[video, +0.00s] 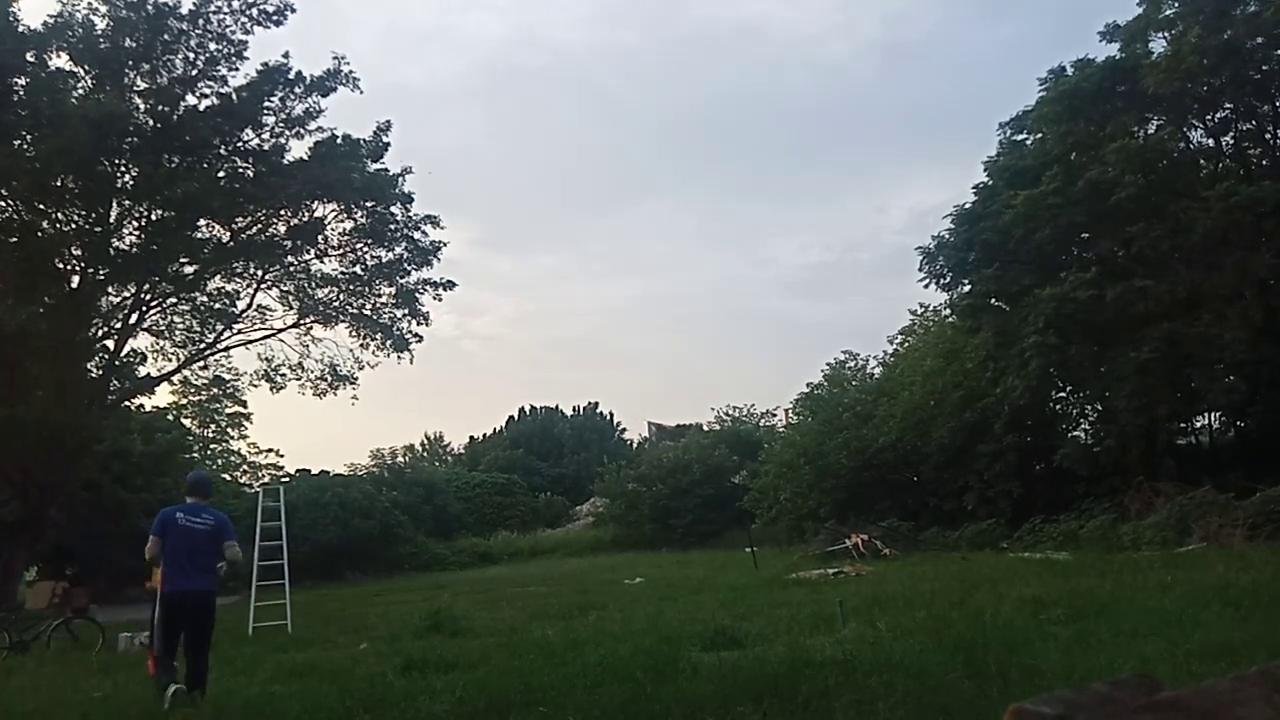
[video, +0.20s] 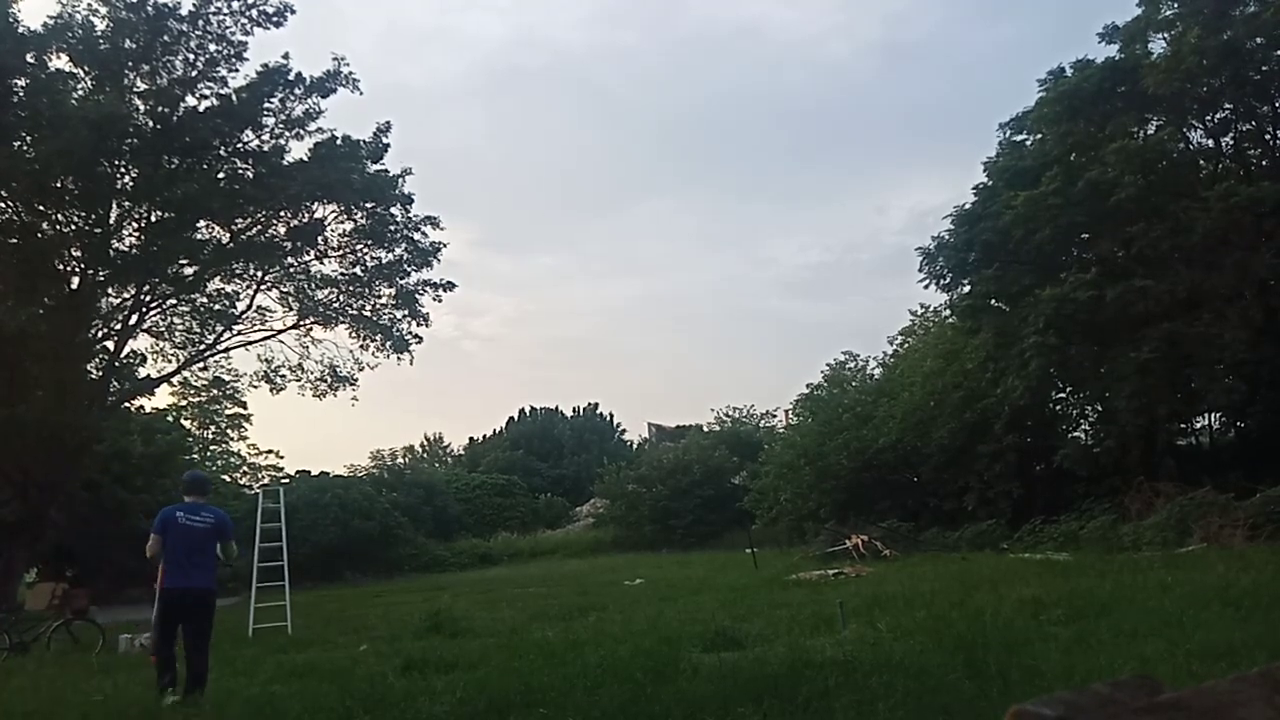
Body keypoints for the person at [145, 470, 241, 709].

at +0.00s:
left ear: (185, 492)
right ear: (209, 494)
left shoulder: (167, 515)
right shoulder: (219, 520)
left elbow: (151, 553)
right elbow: (234, 555)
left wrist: (167, 554)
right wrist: (223, 562)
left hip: (172, 596)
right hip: (204, 597)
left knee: (164, 650)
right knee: (198, 650)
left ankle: (170, 686)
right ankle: (196, 700)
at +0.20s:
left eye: (185, 490)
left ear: (183, 491)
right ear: (207, 492)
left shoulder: (168, 514)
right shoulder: (219, 517)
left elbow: (151, 551)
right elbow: (230, 554)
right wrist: (216, 544)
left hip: (172, 591)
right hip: (203, 592)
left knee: (164, 641)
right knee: (198, 645)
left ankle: (168, 691)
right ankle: (195, 695)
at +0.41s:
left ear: (176, 499)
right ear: (199, 500)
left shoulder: (162, 525)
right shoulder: (213, 525)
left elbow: (149, 561)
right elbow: (224, 561)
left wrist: (169, 556)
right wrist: (206, 565)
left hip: (170, 597)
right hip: (201, 596)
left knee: (165, 649)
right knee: (196, 648)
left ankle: (161, 698)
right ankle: (192, 700)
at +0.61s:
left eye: (170, 504)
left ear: (168, 504)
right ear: (189, 502)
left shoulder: (156, 526)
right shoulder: (204, 524)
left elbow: (144, 561)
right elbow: (219, 557)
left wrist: (160, 551)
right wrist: (220, 584)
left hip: (164, 596)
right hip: (195, 596)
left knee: (162, 646)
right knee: (196, 639)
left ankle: (161, 692)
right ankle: (191, 670)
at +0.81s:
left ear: (168, 503)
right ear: (189, 504)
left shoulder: (154, 525)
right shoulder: (200, 526)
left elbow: (141, 559)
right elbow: (209, 556)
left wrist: (156, 548)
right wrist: (219, 580)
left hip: (161, 594)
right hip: (191, 594)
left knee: (162, 639)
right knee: (189, 637)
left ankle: (163, 677)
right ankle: (183, 682)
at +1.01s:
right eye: (189, 510)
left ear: (172, 510)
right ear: (191, 511)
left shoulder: (157, 531)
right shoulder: (200, 533)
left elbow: (143, 563)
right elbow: (208, 562)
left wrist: (157, 555)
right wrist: (213, 591)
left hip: (162, 595)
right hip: (188, 595)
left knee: (159, 639)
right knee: (184, 640)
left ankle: (162, 680)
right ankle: (181, 682)